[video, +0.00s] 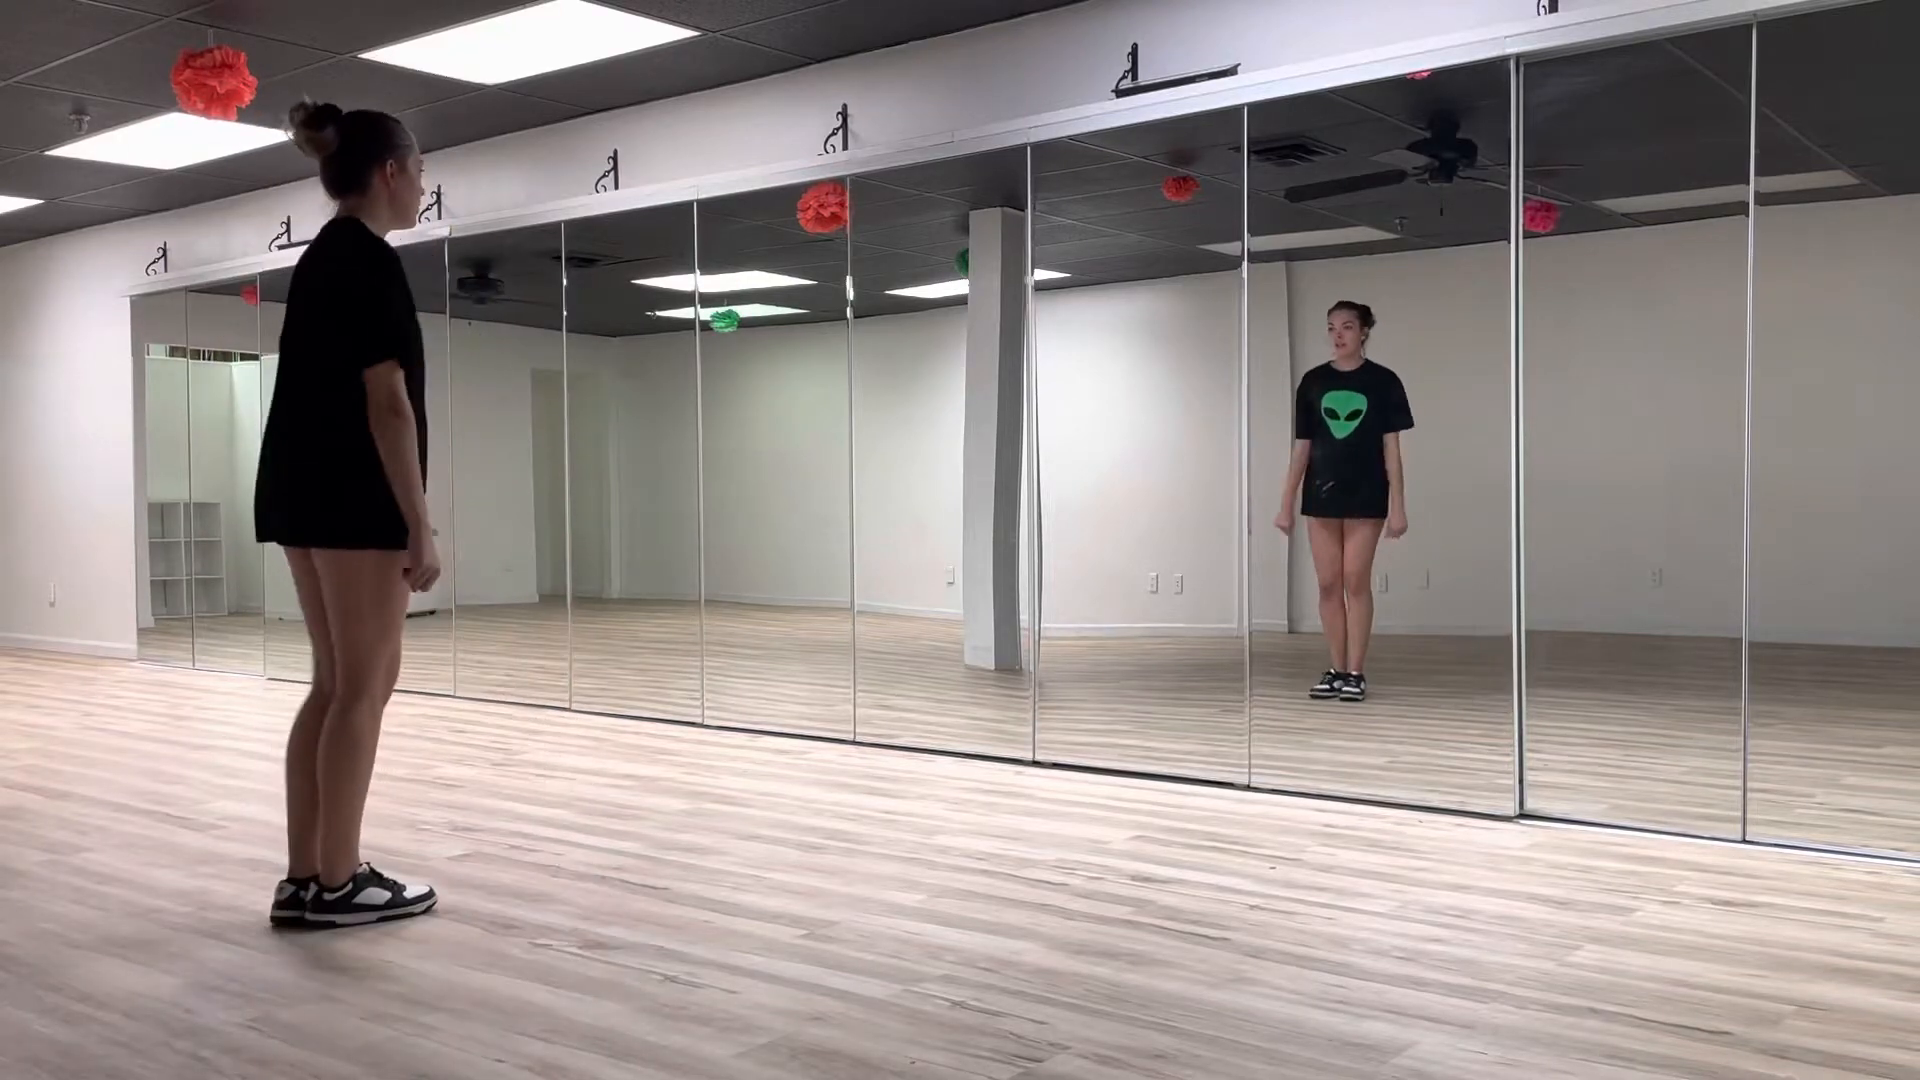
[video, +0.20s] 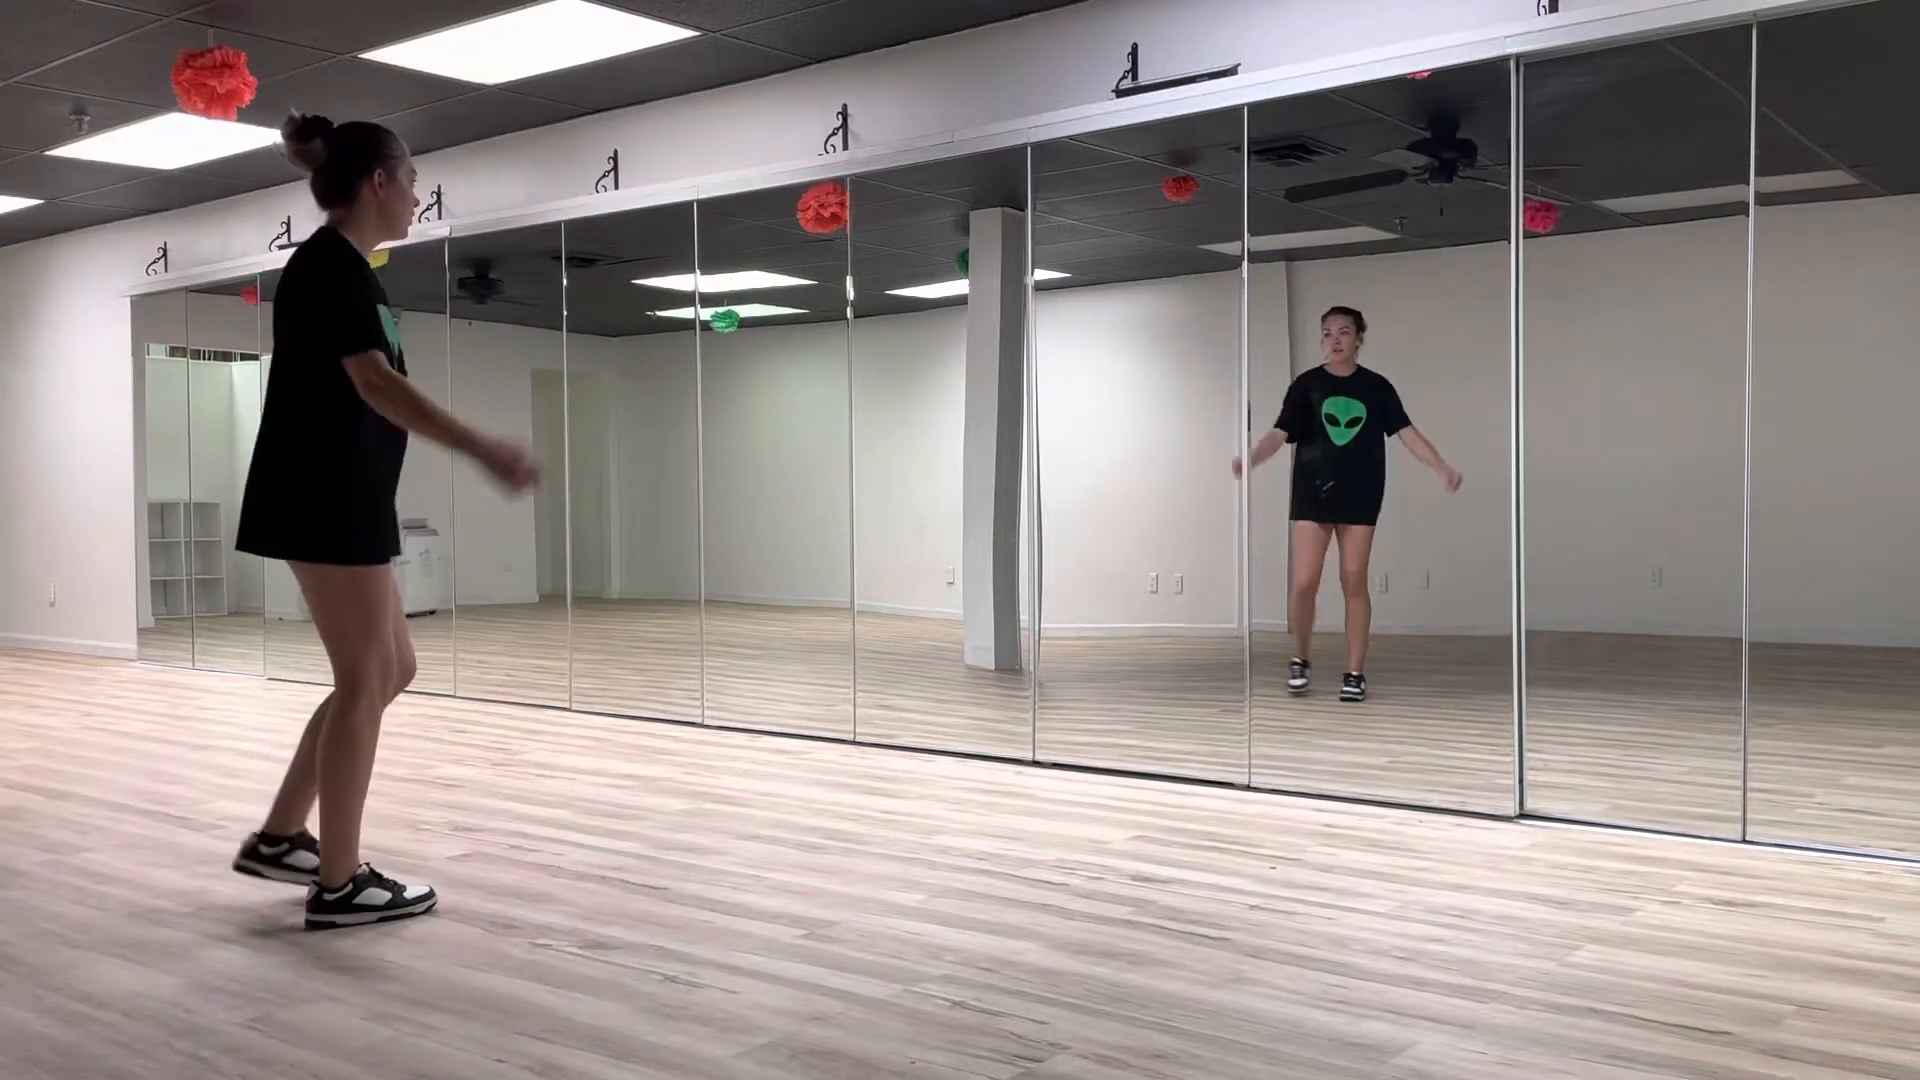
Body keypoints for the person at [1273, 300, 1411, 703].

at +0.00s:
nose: (1338, 334)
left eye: (1347, 327)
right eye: (1333, 328)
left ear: (1364, 333)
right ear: (1327, 333)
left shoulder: (1383, 381)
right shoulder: (1312, 381)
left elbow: (1391, 447)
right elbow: (1302, 448)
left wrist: (1397, 505)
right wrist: (1287, 502)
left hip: (1367, 496)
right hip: (1320, 497)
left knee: (1356, 582)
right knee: (1328, 584)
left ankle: (1355, 674)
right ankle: (1337, 670)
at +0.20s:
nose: (1334, 339)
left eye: (1343, 333)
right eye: (1328, 333)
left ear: (1358, 339)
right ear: (1321, 340)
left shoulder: (1377, 387)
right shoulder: (1305, 385)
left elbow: (1407, 433)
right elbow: (1279, 434)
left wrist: (1441, 466)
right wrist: (1252, 458)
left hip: (1359, 500)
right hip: (1310, 498)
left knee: (1354, 582)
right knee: (1303, 583)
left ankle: (1355, 673)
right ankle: (1300, 662)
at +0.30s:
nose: (1328, 338)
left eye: (1337, 331)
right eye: (1321, 331)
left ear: (1351, 337)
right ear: (1313, 338)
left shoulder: (1369, 383)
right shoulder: (1296, 382)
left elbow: (1412, 420)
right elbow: (1263, 426)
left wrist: (1439, 419)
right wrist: (1251, 414)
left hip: (1352, 494)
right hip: (1302, 491)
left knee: (1351, 582)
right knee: (1286, 580)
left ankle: (1355, 672)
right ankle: (1258, 651)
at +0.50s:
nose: (1308, 350)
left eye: (1315, 344)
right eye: (1300, 344)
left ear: (1325, 351)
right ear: (1290, 352)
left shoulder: (1344, 392)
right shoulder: (1273, 387)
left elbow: (1396, 399)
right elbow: (1213, 396)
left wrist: (1384, 380)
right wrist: (1254, 388)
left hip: (1325, 507)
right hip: (1276, 504)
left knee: (1355, 580)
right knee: (1248, 584)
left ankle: (1354, 674)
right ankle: (1198, 662)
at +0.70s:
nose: (1293, 376)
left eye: (1299, 368)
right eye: (1284, 369)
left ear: (1308, 373)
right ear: (1273, 375)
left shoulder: (1320, 412)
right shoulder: (1256, 409)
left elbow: (1368, 411)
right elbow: (1198, 418)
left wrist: (1349, 429)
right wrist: (1235, 445)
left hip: (1303, 525)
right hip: (1258, 523)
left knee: (1348, 584)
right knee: (1238, 606)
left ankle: (1348, 674)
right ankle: (1193, 675)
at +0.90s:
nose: (1302, 367)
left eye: (1309, 360)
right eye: (1293, 361)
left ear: (1319, 366)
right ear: (1283, 370)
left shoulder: (1337, 411)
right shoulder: (1268, 412)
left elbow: (1387, 444)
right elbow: (1222, 452)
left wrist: (1369, 482)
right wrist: (1238, 501)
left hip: (1320, 518)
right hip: (1272, 518)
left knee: (1351, 586)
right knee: (1245, 598)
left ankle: (1349, 674)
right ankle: (1196, 669)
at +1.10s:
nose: (1322, 347)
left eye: (1330, 340)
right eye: (1314, 342)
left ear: (1344, 346)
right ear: (1306, 350)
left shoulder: (1367, 393)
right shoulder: (1295, 396)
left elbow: (1390, 451)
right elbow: (1265, 457)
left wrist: (1391, 508)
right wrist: (1249, 510)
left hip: (1349, 505)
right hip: (1299, 504)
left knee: (1356, 587)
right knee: (1277, 585)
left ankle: (1349, 673)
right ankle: (1232, 658)